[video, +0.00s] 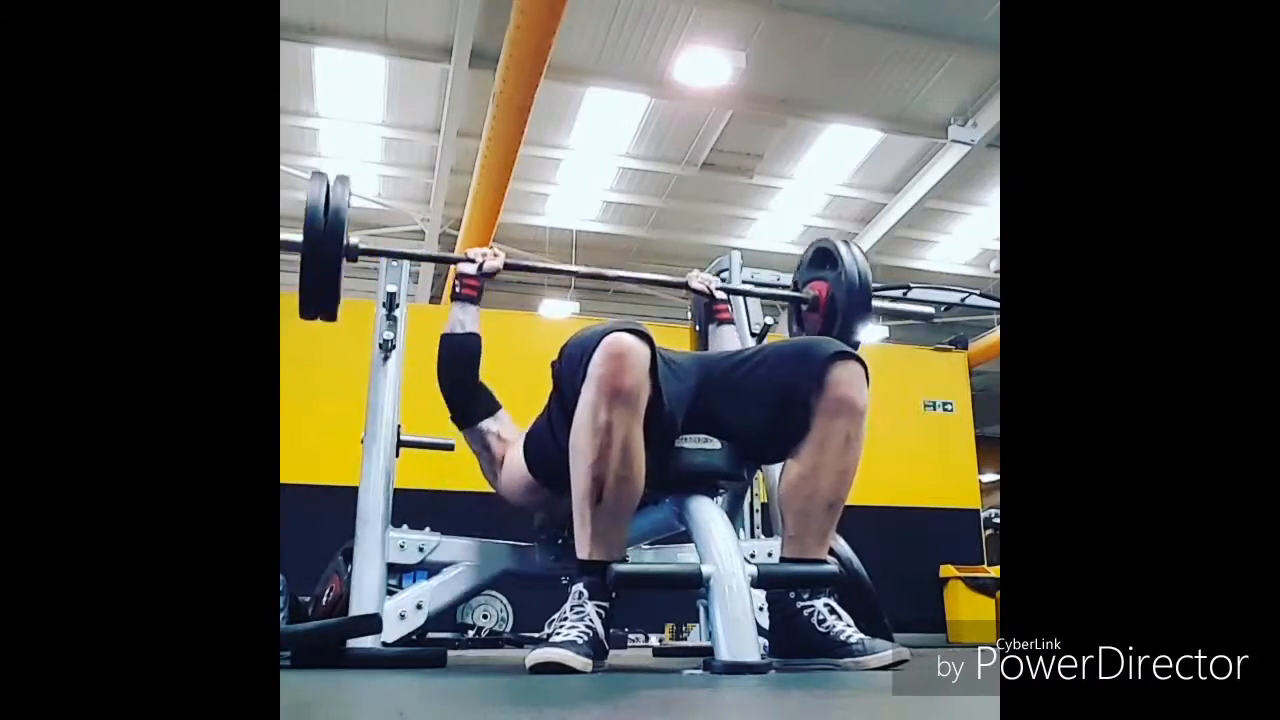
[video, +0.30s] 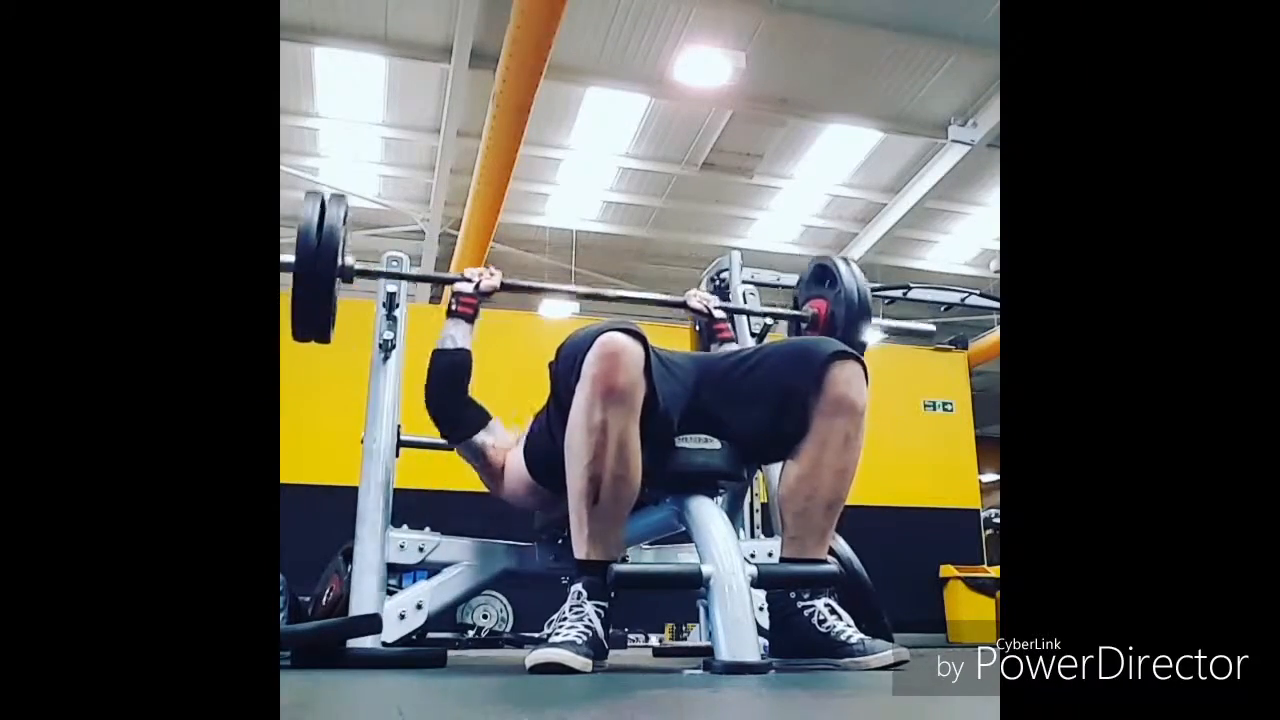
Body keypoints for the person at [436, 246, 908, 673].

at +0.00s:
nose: (497, 440)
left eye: (498, 440)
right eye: (493, 444)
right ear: (502, 462)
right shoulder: (524, 470)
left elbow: (736, 387)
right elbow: (461, 388)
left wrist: (716, 315)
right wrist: (468, 288)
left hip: (685, 385)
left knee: (840, 376)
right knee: (620, 353)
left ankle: (799, 608)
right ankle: (584, 605)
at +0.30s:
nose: (499, 444)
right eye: (495, 450)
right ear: (501, 468)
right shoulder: (517, 471)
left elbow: (740, 398)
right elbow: (446, 401)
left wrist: (718, 329)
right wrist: (463, 309)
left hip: (702, 390)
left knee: (841, 375)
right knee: (613, 353)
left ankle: (800, 608)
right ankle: (584, 607)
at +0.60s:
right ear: (497, 504)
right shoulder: (526, 480)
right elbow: (451, 501)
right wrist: (466, 409)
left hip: (709, 377)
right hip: (634, 363)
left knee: (849, 375)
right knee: (615, 357)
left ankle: (801, 606)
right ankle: (587, 606)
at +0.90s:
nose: (507, 489)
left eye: (501, 484)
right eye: (502, 489)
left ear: (514, 469)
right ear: (512, 477)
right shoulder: (527, 460)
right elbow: (444, 434)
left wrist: (723, 357)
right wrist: (468, 350)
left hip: (709, 385)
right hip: (640, 370)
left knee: (844, 373)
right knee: (614, 354)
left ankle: (800, 608)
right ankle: (587, 604)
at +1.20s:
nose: (497, 437)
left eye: (497, 439)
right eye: (493, 443)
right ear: (505, 468)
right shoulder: (525, 462)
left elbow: (730, 375)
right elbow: (470, 367)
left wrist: (713, 305)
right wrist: (470, 274)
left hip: (684, 378)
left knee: (840, 373)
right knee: (621, 353)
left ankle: (799, 604)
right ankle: (586, 606)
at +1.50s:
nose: (512, 495)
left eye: (504, 486)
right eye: (503, 493)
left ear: (511, 465)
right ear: (505, 475)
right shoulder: (521, 456)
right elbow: (442, 434)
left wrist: (719, 357)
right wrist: (469, 345)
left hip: (710, 392)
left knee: (845, 375)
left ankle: (800, 607)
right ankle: (587, 606)